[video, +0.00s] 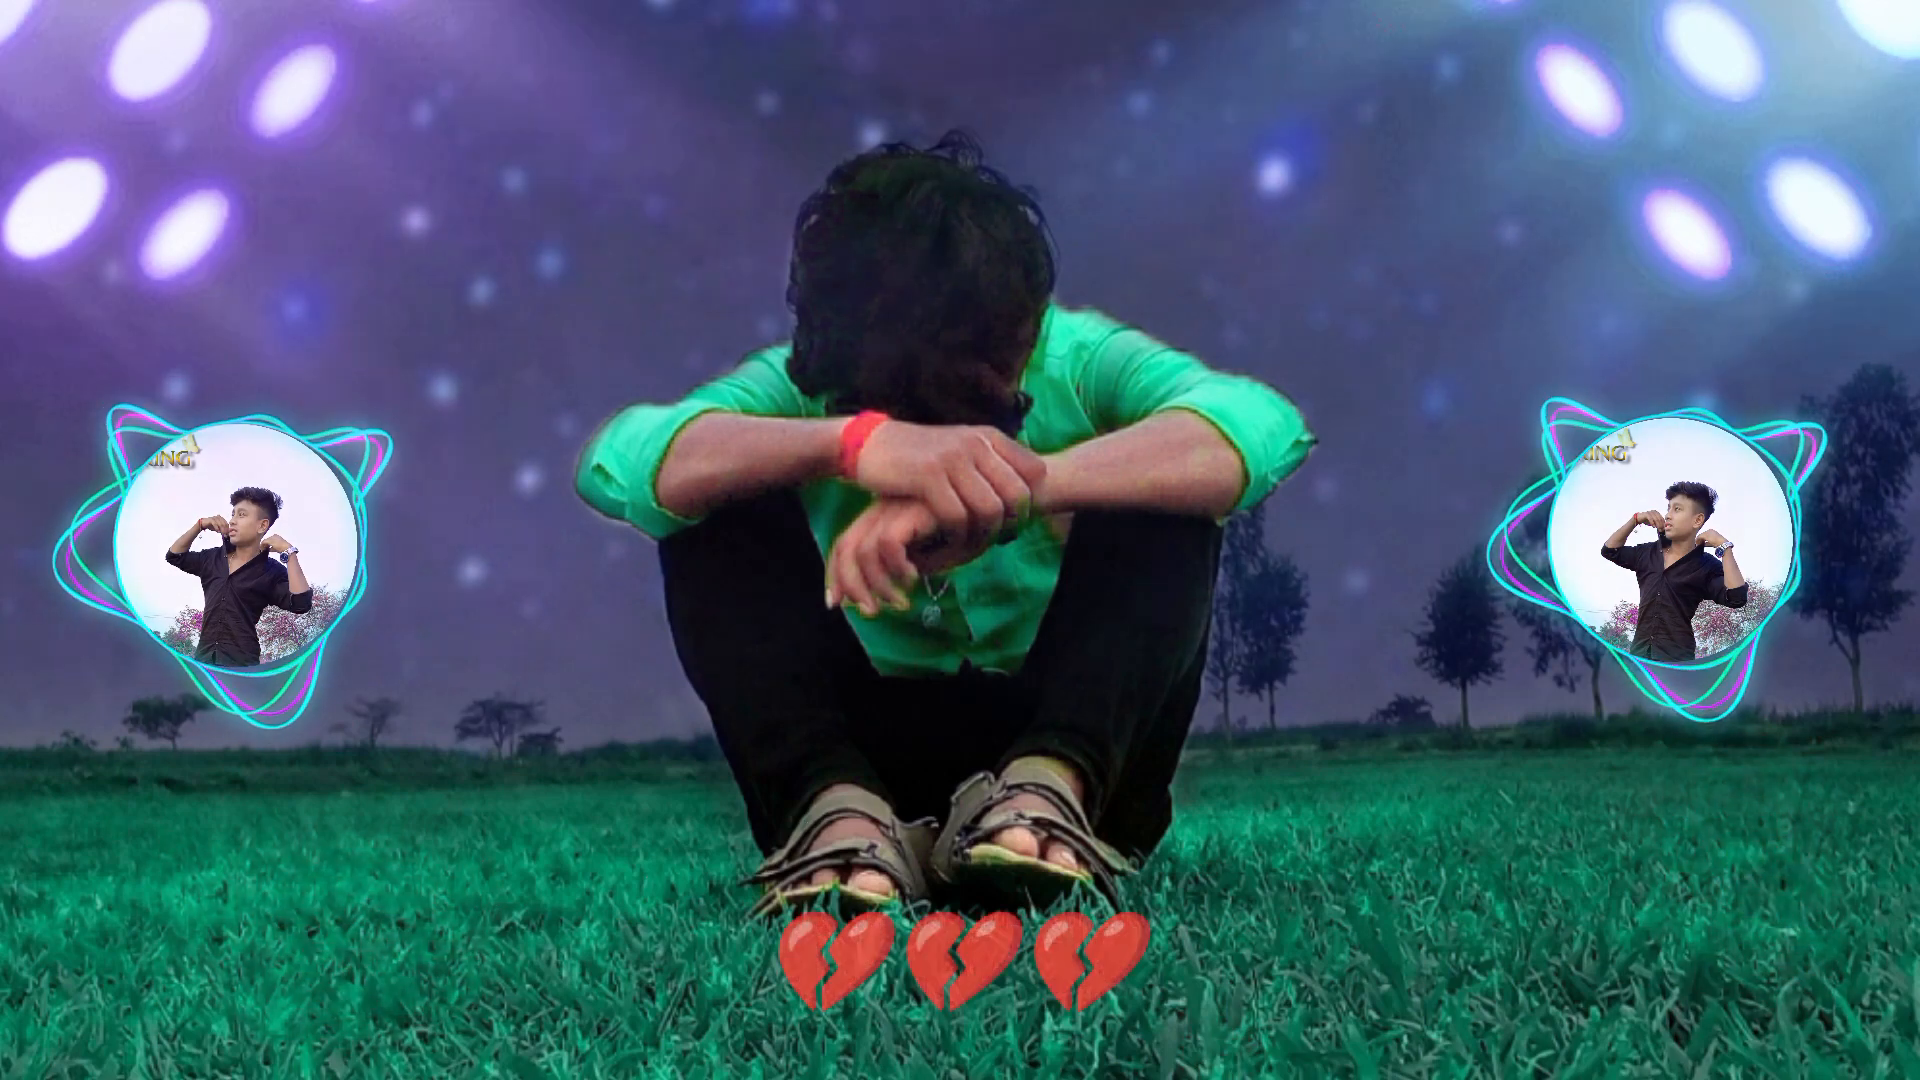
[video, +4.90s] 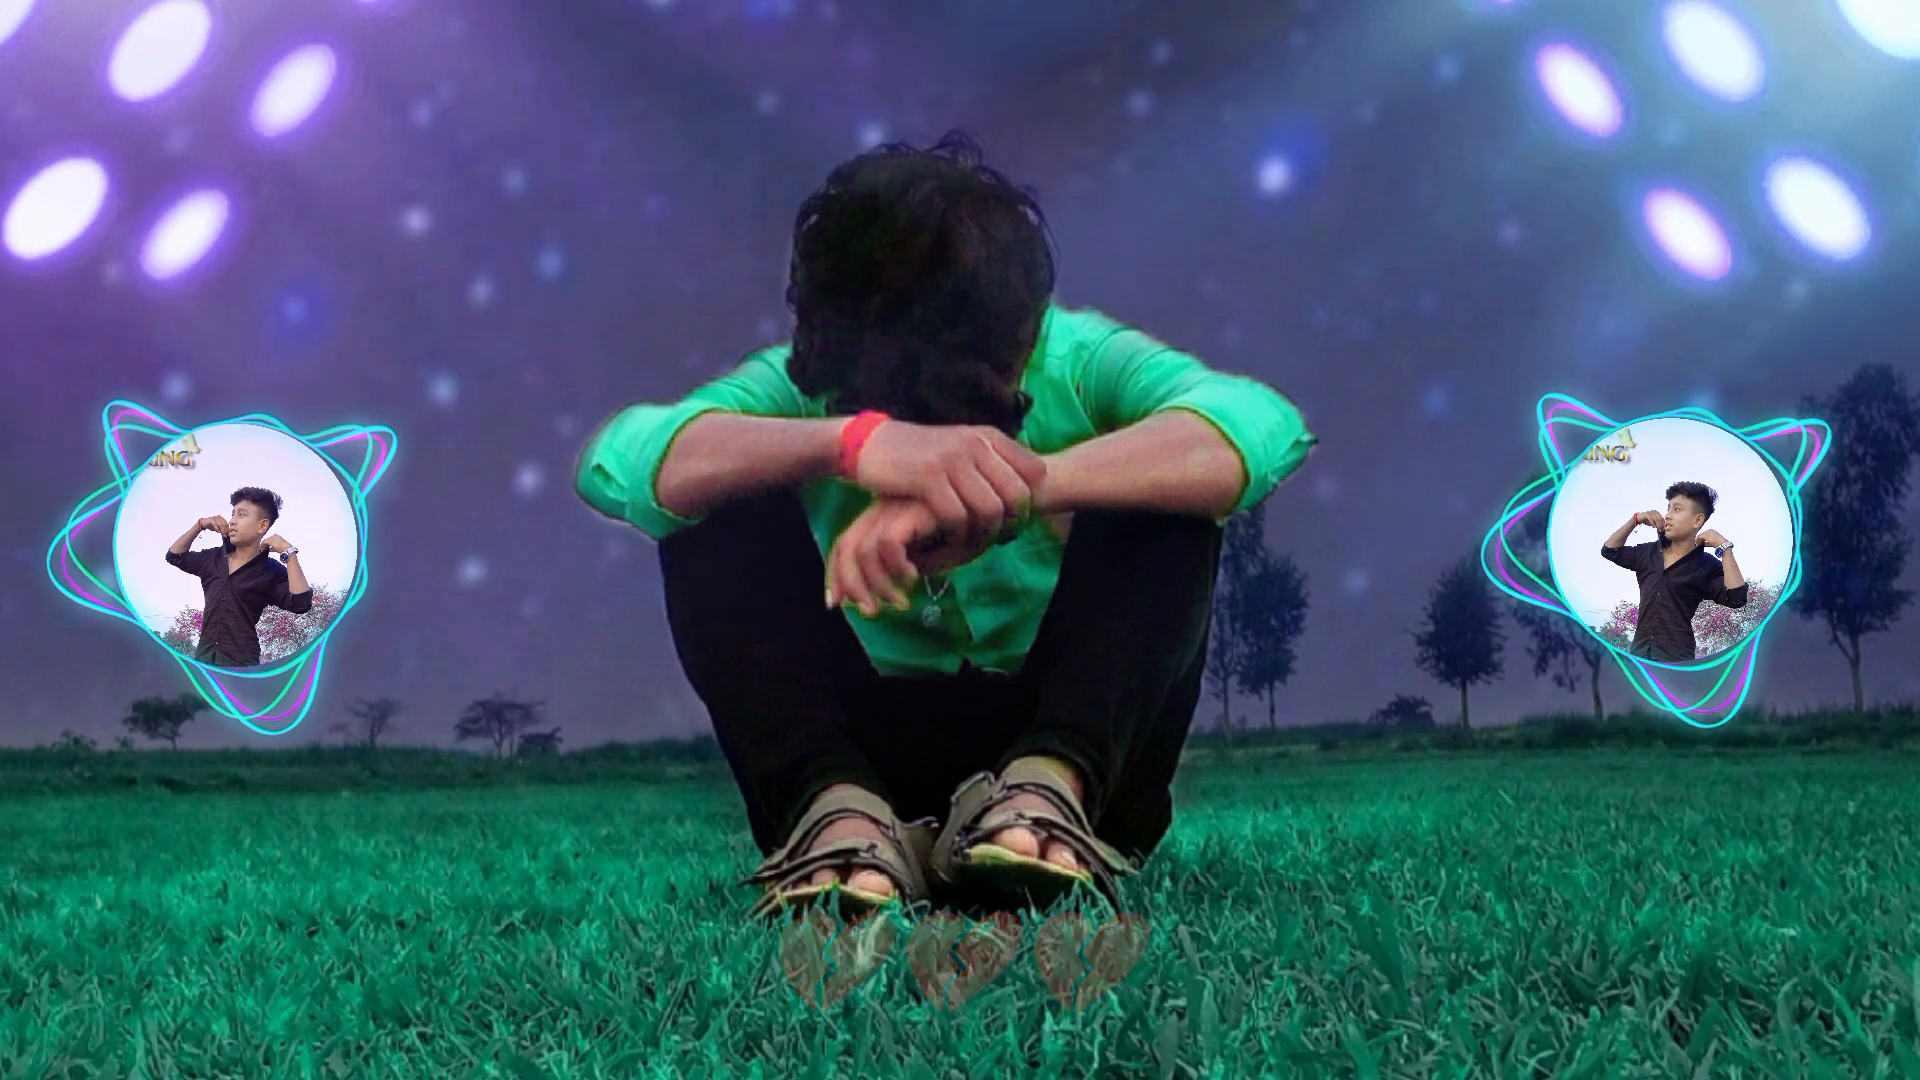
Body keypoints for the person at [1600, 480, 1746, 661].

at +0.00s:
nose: (1667, 515)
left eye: (1677, 509)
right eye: (1668, 509)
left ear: (1698, 520)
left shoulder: (1705, 564)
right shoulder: (1647, 553)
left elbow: (1737, 599)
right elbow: (1609, 551)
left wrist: (1725, 547)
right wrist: (1635, 520)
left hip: (1677, 660)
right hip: (1639, 655)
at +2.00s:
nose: (1667, 515)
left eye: (1677, 509)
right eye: (1668, 509)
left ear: (1698, 520)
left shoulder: (1705, 565)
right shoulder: (1647, 553)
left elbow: (1737, 599)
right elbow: (1609, 551)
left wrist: (1725, 547)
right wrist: (1634, 520)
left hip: (1677, 659)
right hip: (1639, 654)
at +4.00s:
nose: (1667, 515)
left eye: (1677, 509)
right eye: (1668, 508)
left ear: (1698, 520)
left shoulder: (1705, 565)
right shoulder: (1647, 553)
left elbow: (1737, 599)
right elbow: (1609, 551)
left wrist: (1725, 547)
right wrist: (1634, 521)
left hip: (1677, 659)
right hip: (1639, 654)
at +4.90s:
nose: (1667, 515)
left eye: (1677, 509)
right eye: (1668, 509)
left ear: (1698, 520)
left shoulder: (1705, 565)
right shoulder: (1647, 553)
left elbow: (1737, 599)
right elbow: (1609, 551)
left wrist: (1724, 547)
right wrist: (1634, 520)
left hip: (1677, 661)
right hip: (1638, 656)